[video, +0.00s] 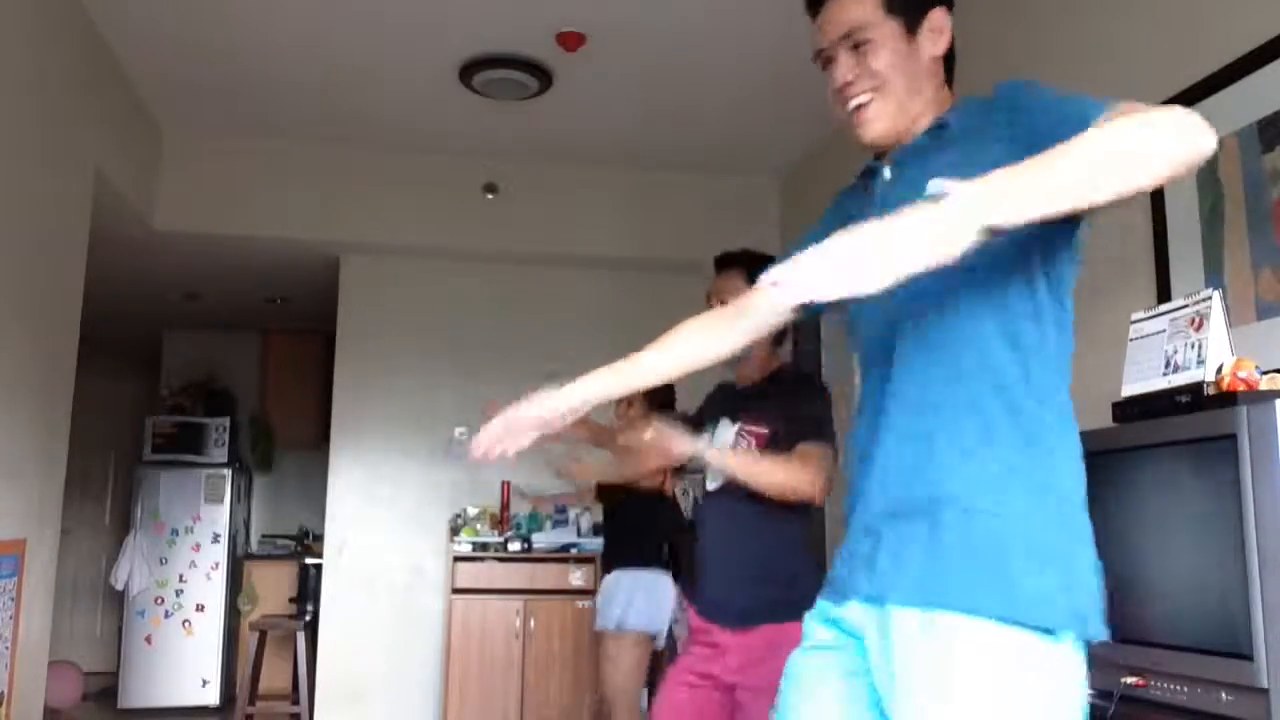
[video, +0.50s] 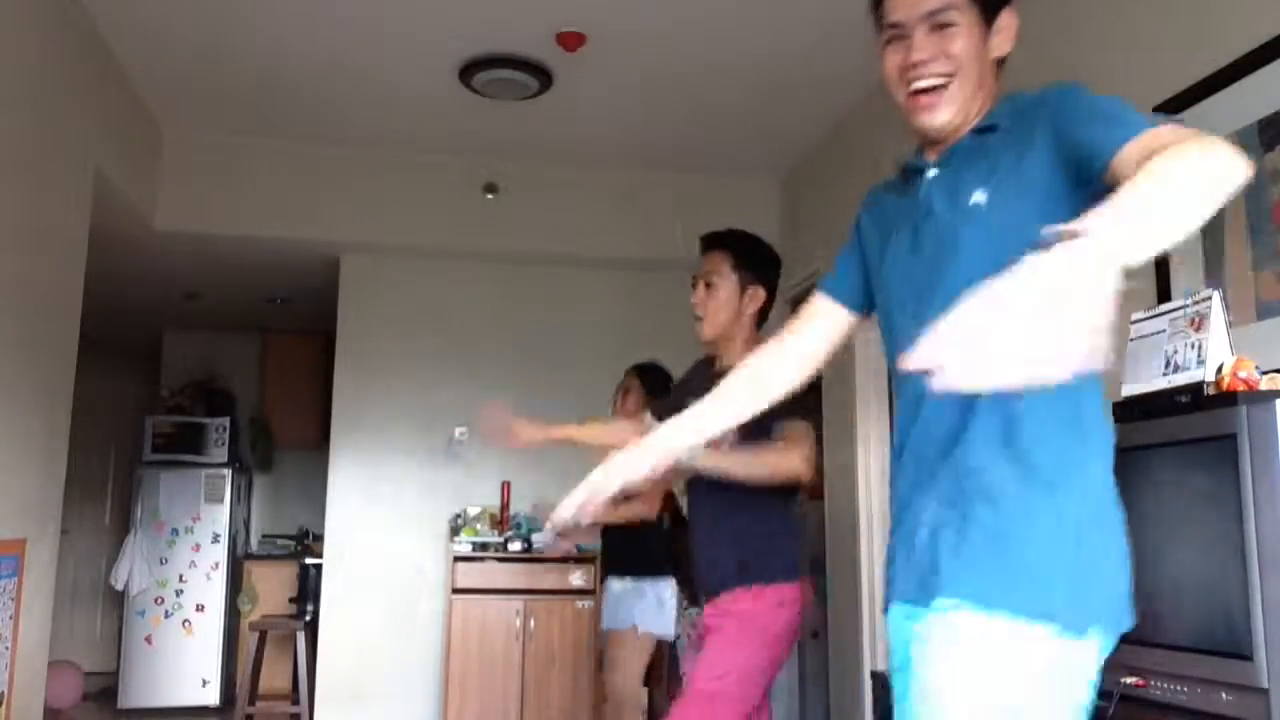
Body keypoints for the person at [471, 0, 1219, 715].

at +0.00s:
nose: (841, 76)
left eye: (858, 44)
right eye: (826, 61)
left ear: (933, 35)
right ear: (826, 78)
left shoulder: (1006, 118)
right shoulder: (858, 204)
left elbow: (1183, 137)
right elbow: (743, 322)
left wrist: (964, 212)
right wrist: (576, 396)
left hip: (996, 594)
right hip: (857, 593)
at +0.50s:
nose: (916, 55)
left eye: (942, 26)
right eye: (895, 36)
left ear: (1000, 33)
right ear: (880, 59)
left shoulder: (1055, 119)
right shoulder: (887, 209)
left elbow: (1209, 162)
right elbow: (797, 348)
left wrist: (1078, 261)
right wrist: (653, 451)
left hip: (1031, 568)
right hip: (924, 568)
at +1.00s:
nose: (923, 77)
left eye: (943, 45)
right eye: (913, 61)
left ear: (1026, 31)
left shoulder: (1109, 132)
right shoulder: (946, 231)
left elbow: (1238, 164)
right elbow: (895, 361)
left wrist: (1266, 188)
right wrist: (864, 361)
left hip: (1093, 596)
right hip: (948, 596)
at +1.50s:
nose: (934, 81)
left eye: (950, 46)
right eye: (930, 63)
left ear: (1040, 26)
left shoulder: (1160, 143)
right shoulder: (943, 233)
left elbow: (1273, 199)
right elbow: (837, 382)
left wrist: (1065, 242)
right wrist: (735, 523)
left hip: (1141, 637)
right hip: (969, 633)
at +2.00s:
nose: (908, 102)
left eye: (925, 71)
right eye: (906, 84)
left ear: (1007, 53)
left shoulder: (1087, 147)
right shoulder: (951, 261)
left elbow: (1197, 183)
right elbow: (885, 410)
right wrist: (840, 376)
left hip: (1074, 622)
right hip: (969, 618)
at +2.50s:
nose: (933, 82)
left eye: (939, 52)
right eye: (931, 61)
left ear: (1003, 26)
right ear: (992, 36)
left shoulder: (1152, 108)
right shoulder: (957, 206)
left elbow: (1277, 142)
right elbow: (864, 352)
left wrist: (1143, 233)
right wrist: (705, 470)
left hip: (1149, 622)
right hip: (986, 617)